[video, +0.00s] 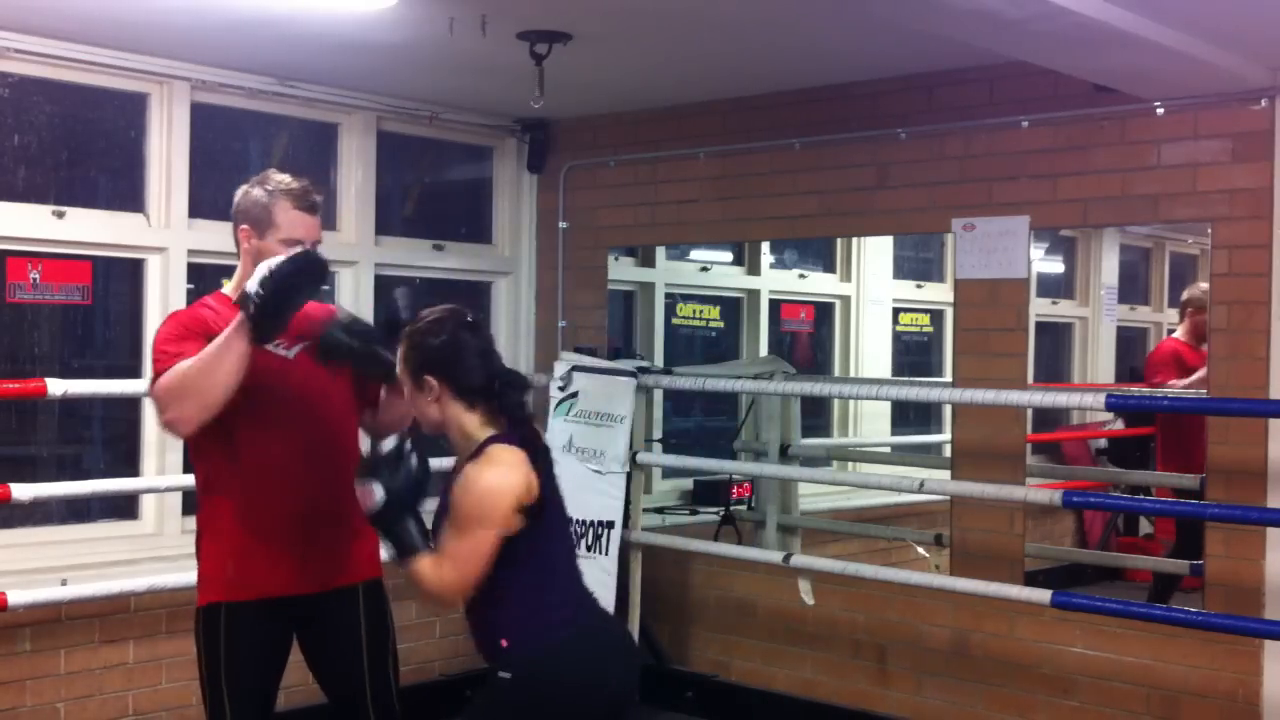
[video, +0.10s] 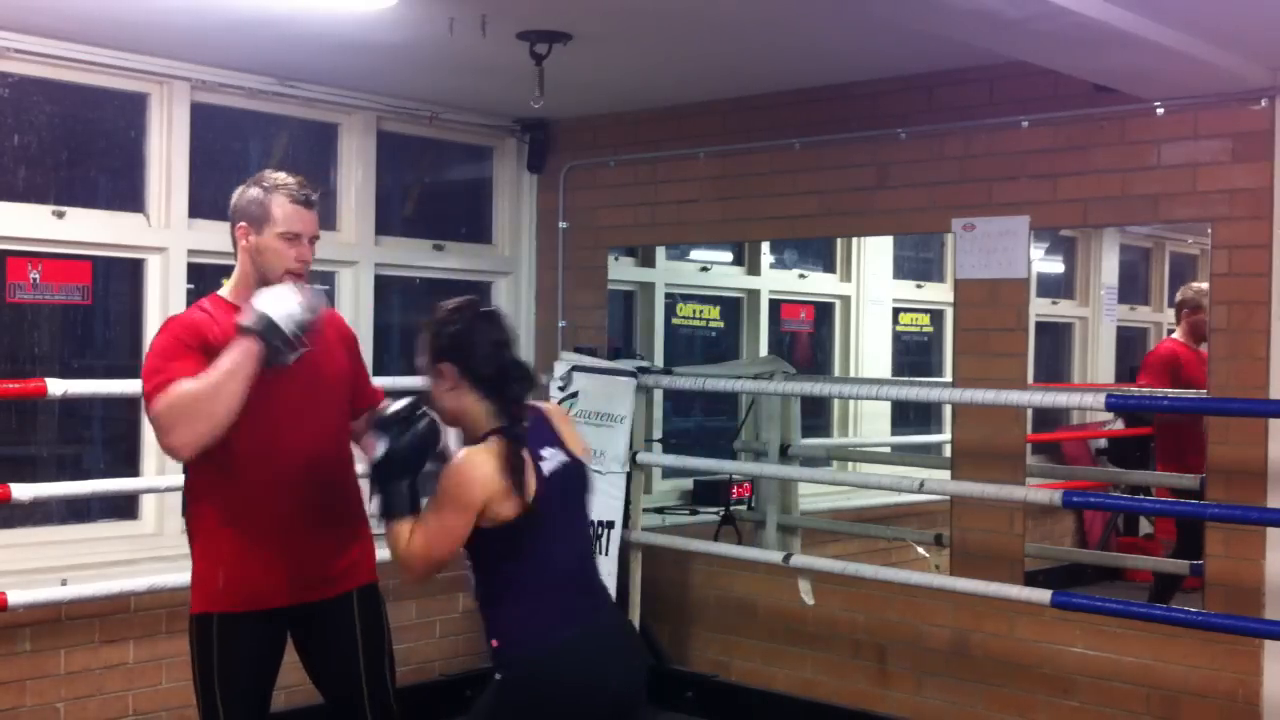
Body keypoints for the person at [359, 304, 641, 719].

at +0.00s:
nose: (406, 401)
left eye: (406, 386)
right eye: (403, 387)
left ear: (432, 389)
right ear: (480, 374)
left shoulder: (492, 474)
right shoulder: (513, 439)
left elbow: (448, 586)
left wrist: (398, 522)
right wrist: (418, 489)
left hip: (548, 675)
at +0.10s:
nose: (429, 391)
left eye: (430, 377)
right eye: (429, 378)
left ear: (450, 377)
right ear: (502, 365)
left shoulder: (474, 468)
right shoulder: (554, 419)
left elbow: (415, 561)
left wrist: (394, 479)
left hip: (539, 675)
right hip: (611, 651)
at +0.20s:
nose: (489, 386)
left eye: (491, 374)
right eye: (488, 374)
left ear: (514, 375)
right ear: (564, 367)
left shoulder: (514, 467)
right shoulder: (626, 446)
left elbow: (445, 541)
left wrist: (440, 462)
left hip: (549, 677)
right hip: (629, 665)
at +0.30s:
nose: (561, 391)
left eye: (562, 380)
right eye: (559, 381)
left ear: (579, 381)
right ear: (636, 374)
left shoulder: (574, 460)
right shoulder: (686, 458)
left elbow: (515, 552)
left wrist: (507, 469)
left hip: (599, 688)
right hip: (677, 683)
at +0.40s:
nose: (610, 384)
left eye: (610, 372)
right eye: (607, 372)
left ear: (631, 373)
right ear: (683, 366)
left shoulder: (626, 453)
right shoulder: (734, 452)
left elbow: (573, 556)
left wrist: (560, 471)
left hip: (641, 686)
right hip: (722, 679)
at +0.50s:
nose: (638, 373)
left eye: (637, 360)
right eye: (634, 361)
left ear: (661, 355)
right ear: (712, 350)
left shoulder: (651, 427)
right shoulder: (762, 437)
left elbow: (585, 529)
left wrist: (580, 444)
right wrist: (631, 434)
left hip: (661, 665)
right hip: (744, 663)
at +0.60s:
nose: (651, 369)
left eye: (651, 355)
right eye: (648, 356)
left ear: (674, 349)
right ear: (726, 347)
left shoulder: (658, 421)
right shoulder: (773, 436)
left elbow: (588, 518)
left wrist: (591, 431)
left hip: (666, 656)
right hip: (751, 657)